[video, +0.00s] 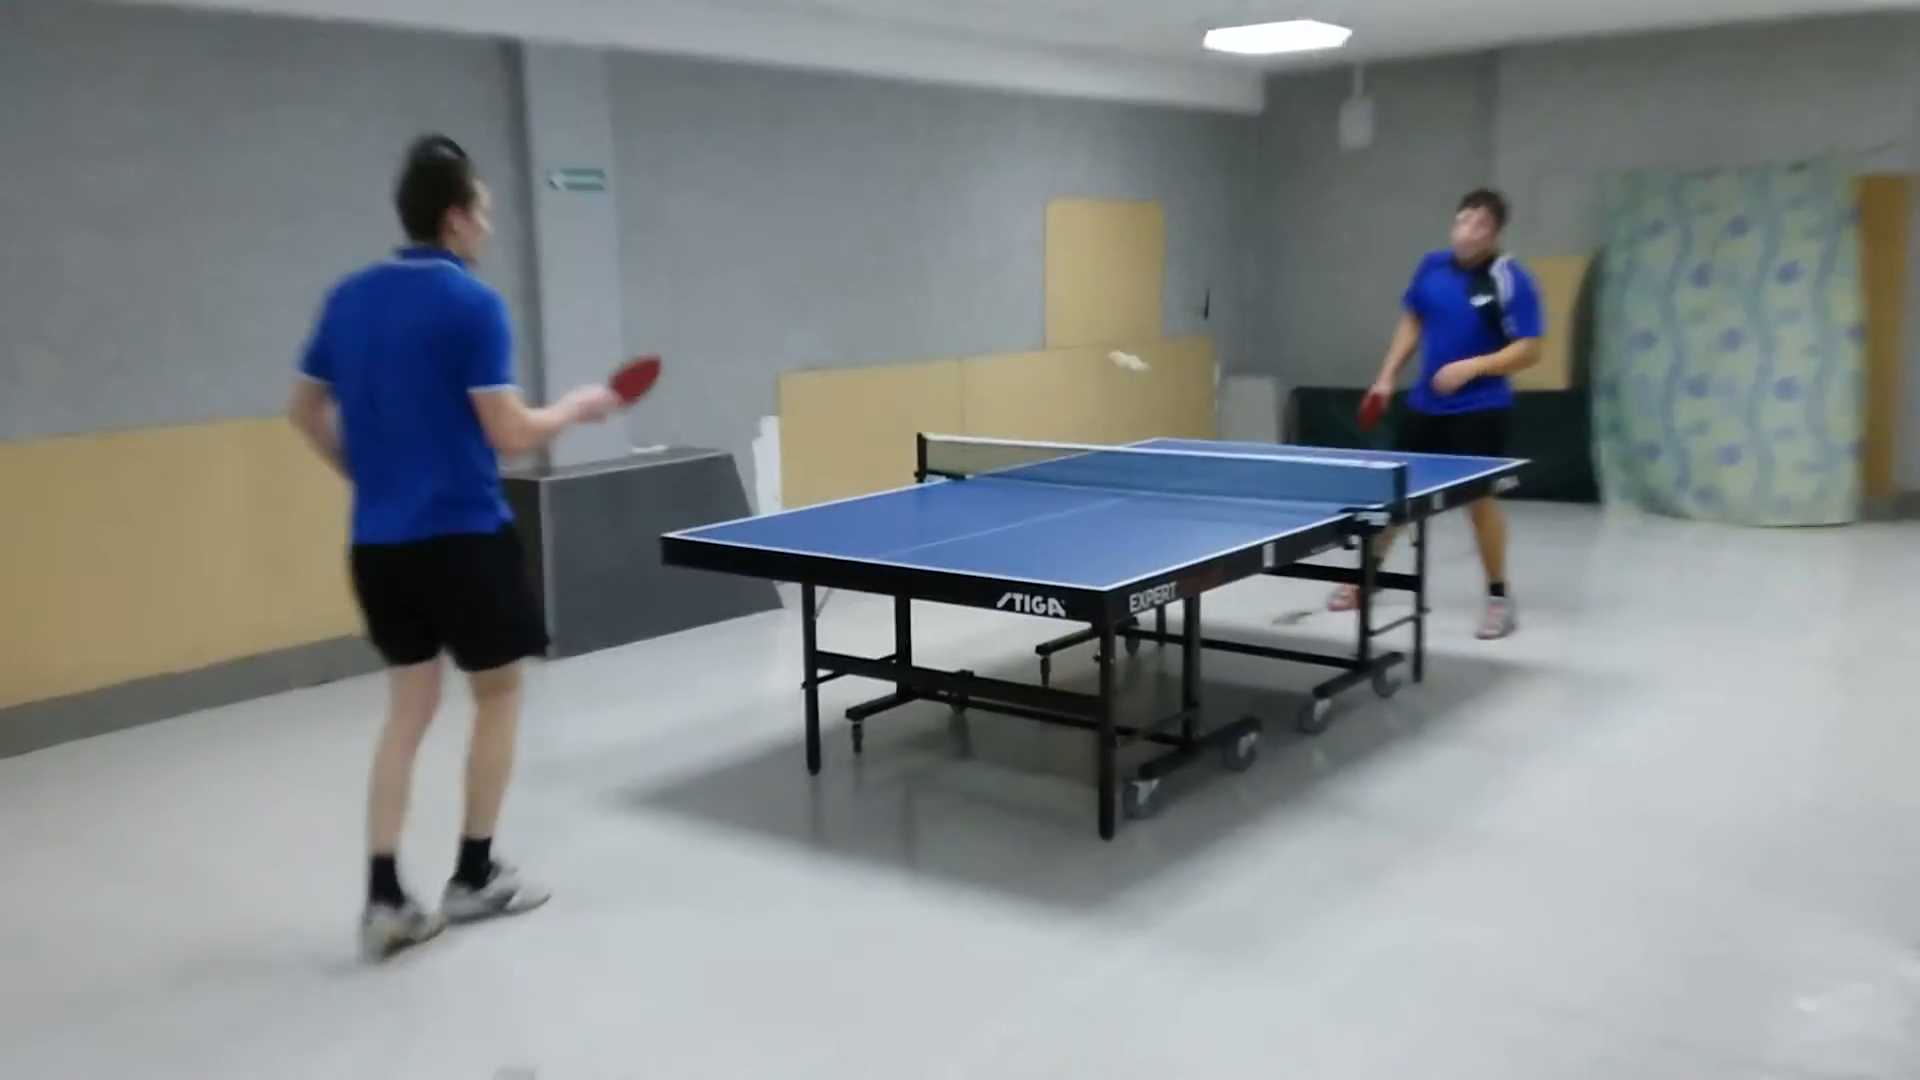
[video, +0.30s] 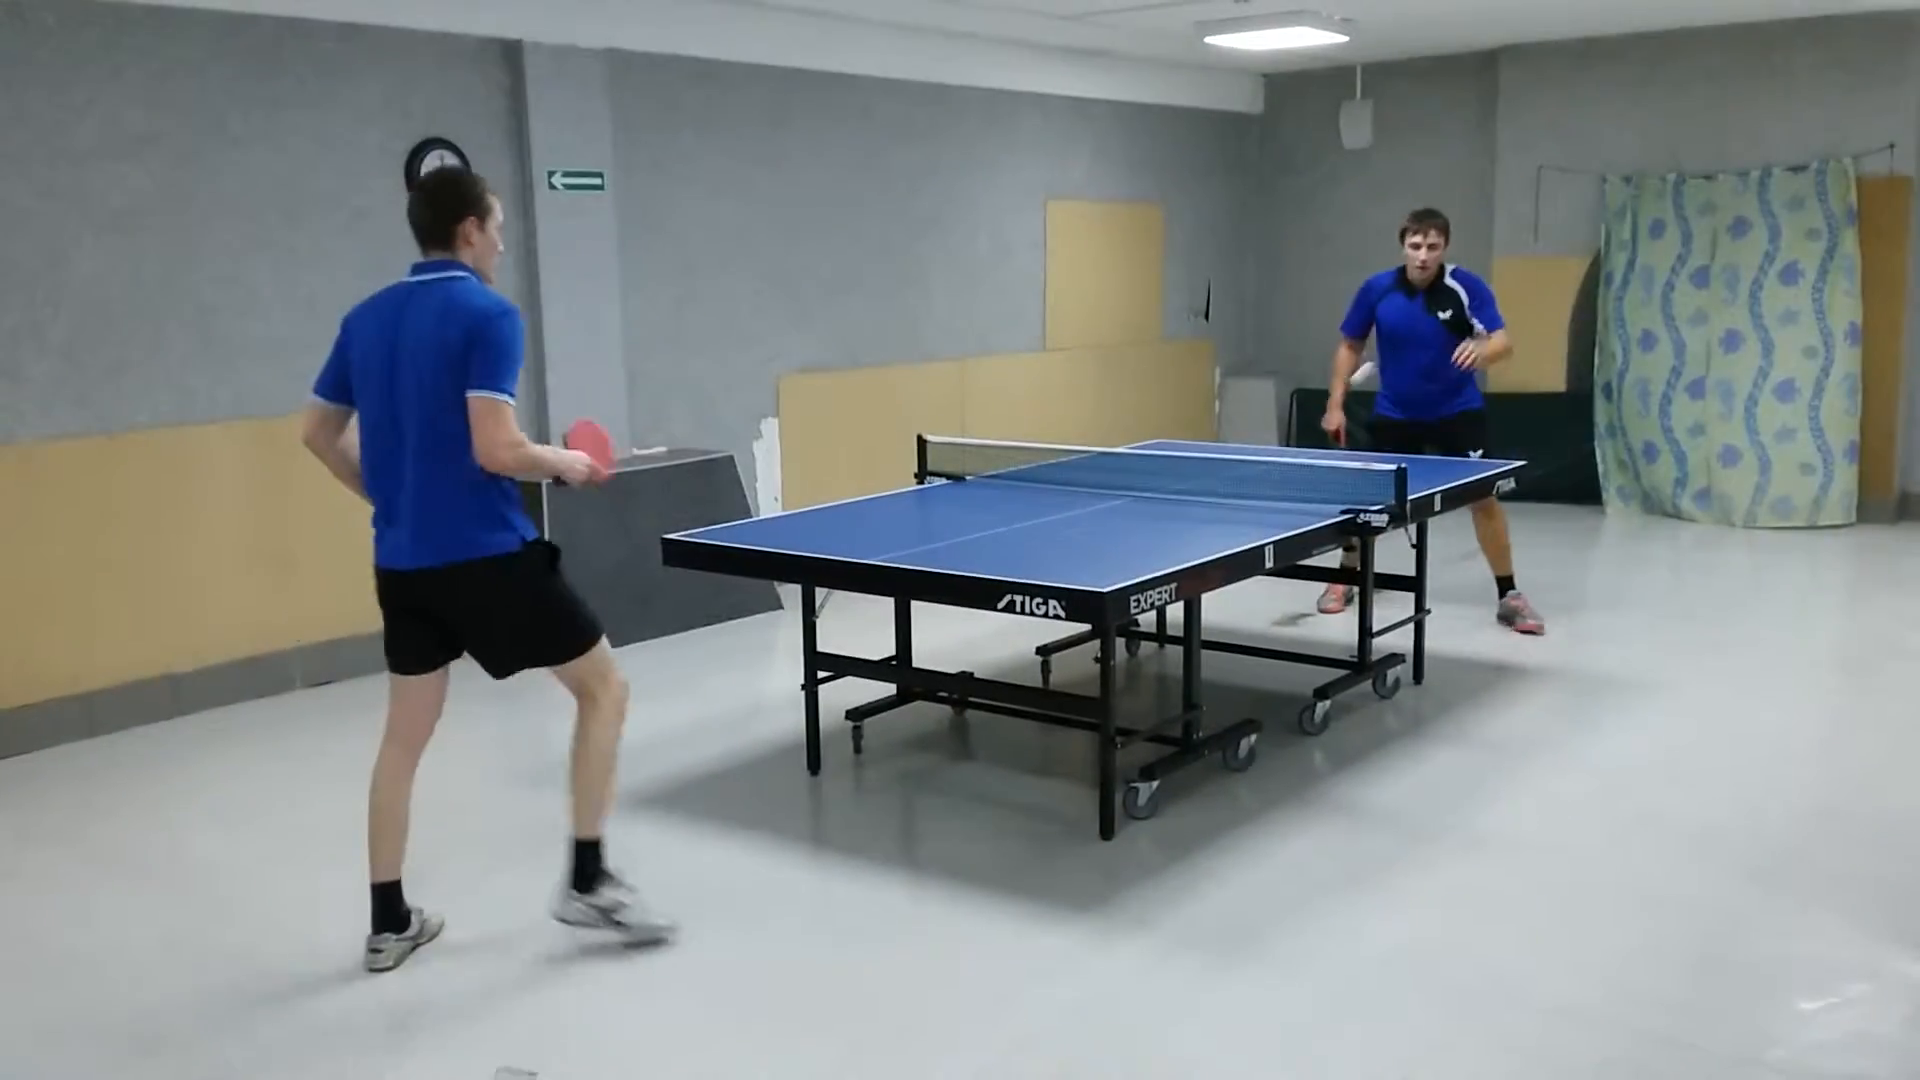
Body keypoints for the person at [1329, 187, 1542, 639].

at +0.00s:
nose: (1466, 230)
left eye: (1479, 225)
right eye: (1462, 221)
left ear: (1495, 235)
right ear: (1453, 225)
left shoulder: (1508, 278)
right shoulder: (1433, 267)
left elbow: (1527, 349)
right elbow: (1411, 322)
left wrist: (1469, 367)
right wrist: (1386, 378)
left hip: (1481, 410)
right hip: (1425, 405)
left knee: (1479, 499)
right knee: (1395, 494)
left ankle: (1497, 597)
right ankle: (1364, 580)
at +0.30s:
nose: (1422, 255)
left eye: (1431, 247)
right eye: (1414, 246)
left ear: (1445, 249)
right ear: (1402, 248)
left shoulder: (1467, 288)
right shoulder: (1377, 290)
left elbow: (1502, 343)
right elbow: (1350, 345)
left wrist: (1483, 351)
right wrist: (1335, 402)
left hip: (1458, 416)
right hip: (1394, 416)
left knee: (1483, 498)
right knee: (1366, 498)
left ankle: (1509, 596)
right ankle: (1345, 580)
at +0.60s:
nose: (1442, 282)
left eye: (1450, 274)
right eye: (1434, 273)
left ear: (1463, 273)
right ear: (1421, 270)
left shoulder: (1482, 302)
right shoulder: (1398, 304)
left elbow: (1508, 363)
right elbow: (1373, 351)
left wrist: (1494, 368)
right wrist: (1345, 397)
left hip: (1478, 419)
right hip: (1414, 419)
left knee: (1503, 496)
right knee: (1373, 497)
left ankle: (1525, 589)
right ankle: (1347, 580)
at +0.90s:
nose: (1435, 356)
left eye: (1444, 351)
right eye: (1430, 347)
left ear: (1461, 344)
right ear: (1422, 333)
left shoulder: (1481, 357)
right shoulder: (1396, 342)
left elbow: (1489, 424)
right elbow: (1357, 373)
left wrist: (1459, 446)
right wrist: (1355, 415)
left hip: (1465, 439)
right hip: (1405, 435)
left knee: (1508, 489)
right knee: (1357, 480)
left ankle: (1524, 589)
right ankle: (1345, 580)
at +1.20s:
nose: (1438, 343)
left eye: (1449, 338)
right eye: (1435, 332)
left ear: (1465, 338)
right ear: (1426, 322)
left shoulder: (1481, 355)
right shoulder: (1406, 330)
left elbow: (1478, 422)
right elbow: (1344, 352)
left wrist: (1454, 433)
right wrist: (1358, 390)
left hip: (1464, 431)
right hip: (1406, 425)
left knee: (1517, 472)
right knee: (1367, 467)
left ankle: (1537, 565)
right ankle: (1352, 558)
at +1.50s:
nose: (1456, 290)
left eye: (1466, 283)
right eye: (1450, 280)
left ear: (1482, 282)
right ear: (1441, 273)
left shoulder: (1499, 308)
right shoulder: (1421, 296)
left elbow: (1491, 375)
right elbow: (1357, 317)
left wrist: (1459, 369)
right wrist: (1314, 350)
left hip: (1485, 416)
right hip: (1424, 413)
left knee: (1512, 479)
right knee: (1378, 485)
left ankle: (1530, 572)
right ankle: (1356, 565)